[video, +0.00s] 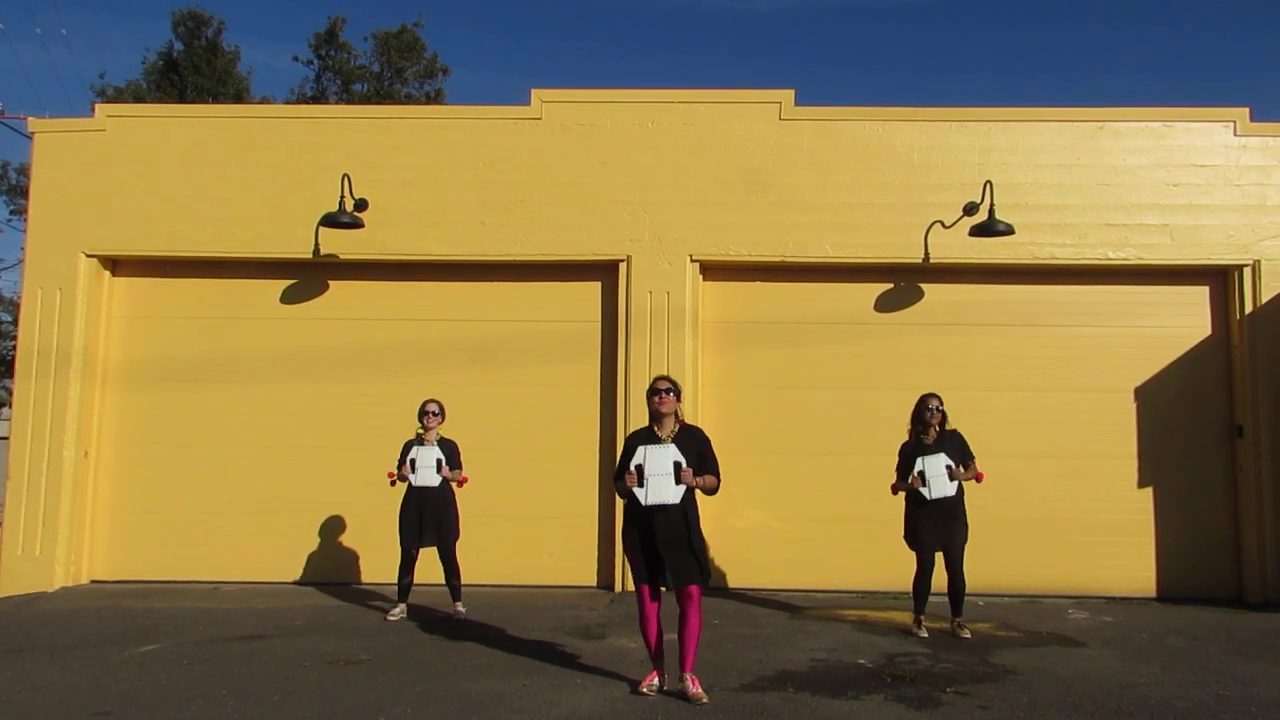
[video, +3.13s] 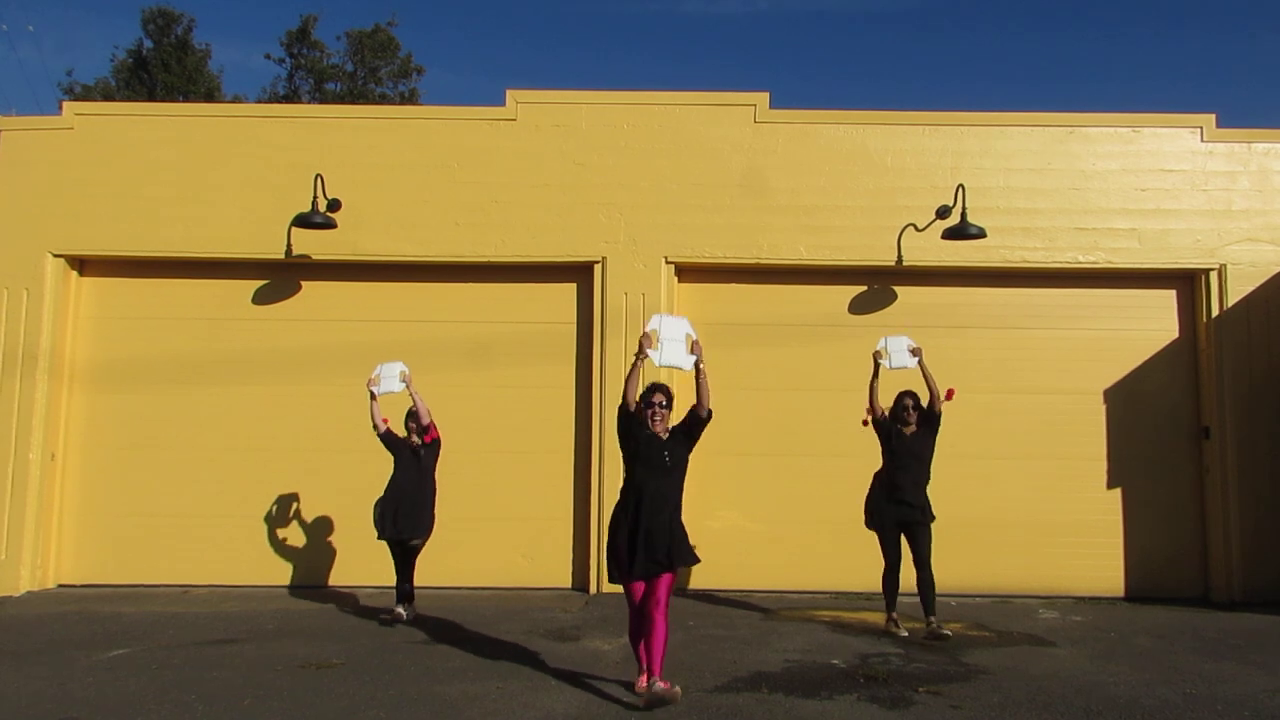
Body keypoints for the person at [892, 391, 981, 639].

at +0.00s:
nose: (934, 413)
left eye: (938, 409)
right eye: (928, 409)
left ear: (943, 413)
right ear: (919, 413)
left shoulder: (954, 439)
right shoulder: (909, 447)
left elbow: (973, 470)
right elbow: (897, 485)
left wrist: (961, 475)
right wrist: (910, 485)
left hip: (953, 517)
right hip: (923, 518)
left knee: (955, 570)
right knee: (925, 568)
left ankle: (957, 621)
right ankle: (918, 620)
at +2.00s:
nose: (909, 408)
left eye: (913, 404)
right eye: (903, 404)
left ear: (919, 407)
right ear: (896, 408)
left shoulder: (932, 434)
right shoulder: (886, 439)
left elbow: (946, 471)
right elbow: (874, 475)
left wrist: (933, 465)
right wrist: (885, 469)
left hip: (926, 511)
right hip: (896, 512)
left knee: (930, 565)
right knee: (898, 563)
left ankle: (935, 619)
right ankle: (896, 618)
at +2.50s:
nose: (908, 413)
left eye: (912, 409)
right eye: (903, 409)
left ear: (918, 413)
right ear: (895, 414)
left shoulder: (927, 444)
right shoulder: (885, 441)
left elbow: (938, 483)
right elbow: (863, 475)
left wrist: (937, 470)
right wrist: (891, 467)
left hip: (923, 514)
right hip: (893, 513)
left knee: (928, 569)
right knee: (898, 567)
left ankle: (931, 621)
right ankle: (894, 621)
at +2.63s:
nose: (906, 401)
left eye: (910, 396)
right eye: (900, 398)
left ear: (916, 400)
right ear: (892, 402)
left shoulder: (924, 427)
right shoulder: (885, 424)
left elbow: (950, 464)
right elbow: (878, 443)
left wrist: (953, 440)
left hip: (919, 501)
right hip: (890, 501)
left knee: (920, 559)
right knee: (893, 558)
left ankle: (927, 615)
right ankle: (891, 616)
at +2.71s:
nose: (904, 402)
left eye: (909, 398)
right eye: (899, 398)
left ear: (915, 403)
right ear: (888, 402)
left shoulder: (921, 431)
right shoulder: (881, 425)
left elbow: (960, 448)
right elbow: (893, 420)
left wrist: (965, 418)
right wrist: (922, 404)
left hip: (919, 502)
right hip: (889, 501)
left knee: (917, 559)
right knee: (893, 559)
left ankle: (921, 614)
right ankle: (892, 614)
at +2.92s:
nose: (909, 401)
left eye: (912, 398)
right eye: (904, 397)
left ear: (917, 403)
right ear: (895, 403)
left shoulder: (924, 428)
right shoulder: (886, 425)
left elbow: (959, 410)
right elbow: (892, 395)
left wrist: (962, 377)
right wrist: (922, 364)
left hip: (919, 503)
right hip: (889, 502)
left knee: (917, 560)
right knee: (892, 559)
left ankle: (921, 615)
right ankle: (891, 613)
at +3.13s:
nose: (908, 411)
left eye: (912, 408)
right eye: (903, 408)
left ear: (919, 411)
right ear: (895, 412)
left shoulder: (928, 432)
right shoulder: (887, 432)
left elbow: (935, 398)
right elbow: (874, 405)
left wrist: (921, 362)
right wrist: (876, 369)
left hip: (916, 504)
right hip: (886, 504)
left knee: (923, 564)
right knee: (892, 562)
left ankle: (931, 621)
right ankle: (891, 618)